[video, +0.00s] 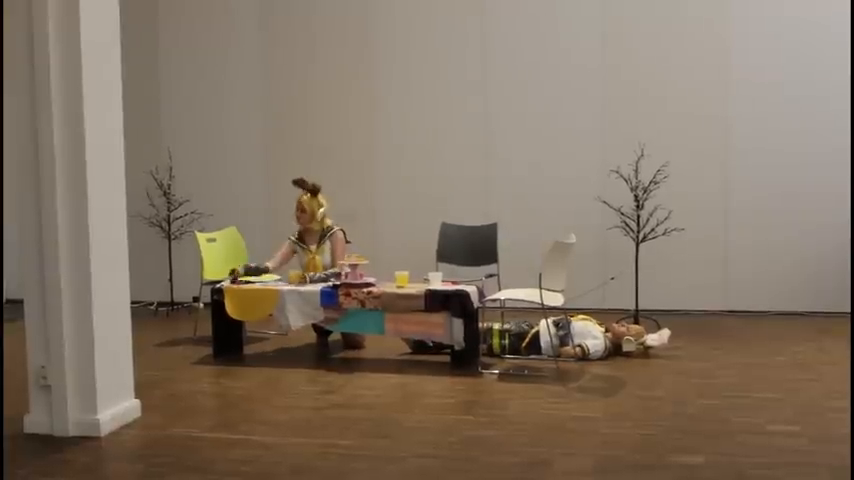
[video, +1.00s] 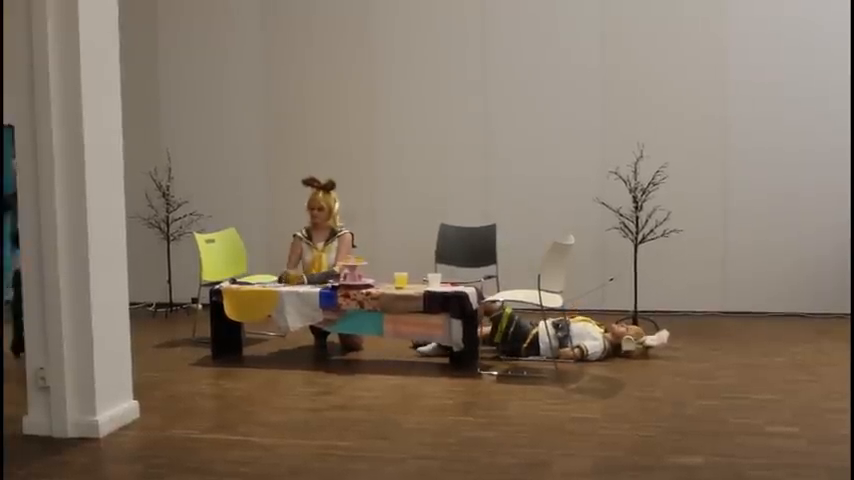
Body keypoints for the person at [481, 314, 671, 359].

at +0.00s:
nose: (620, 324)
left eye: (624, 327)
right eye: (624, 323)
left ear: (622, 337)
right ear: (619, 327)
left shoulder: (600, 344)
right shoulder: (598, 331)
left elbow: (568, 352)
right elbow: (568, 328)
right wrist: (553, 323)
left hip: (537, 341)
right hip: (535, 328)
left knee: (488, 342)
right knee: (486, 331)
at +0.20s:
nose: (620, 324)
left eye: (623, 328)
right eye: (623, 324)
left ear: (622, 338)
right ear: (619, 327)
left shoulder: (599, 345)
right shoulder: (598, 332)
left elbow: (568, 353)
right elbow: (569, 328)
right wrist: (560, 321)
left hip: (536, 341)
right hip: (535, 329)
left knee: (487, 341)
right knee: (485, 332)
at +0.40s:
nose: (619, 324)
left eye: (623, 328)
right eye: (623, 324)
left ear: (622, 338)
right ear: (619, 325)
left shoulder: (600, 345)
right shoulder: (598, 331)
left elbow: (570, 352)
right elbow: (568, 328)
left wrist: (552, 351)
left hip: (538, 341)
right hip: (536, 329)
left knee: (490, 331)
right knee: (490, 325)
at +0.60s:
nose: (622, 325)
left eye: (626, 329)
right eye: (626, 324)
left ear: (625, 340)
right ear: (621, 324)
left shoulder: (600, 345)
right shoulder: (598, 328)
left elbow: (571, 353)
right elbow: (569, 323)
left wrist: (561, 342)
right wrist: (577, 312)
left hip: (536, 342)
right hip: (535, 330)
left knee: (502, 320)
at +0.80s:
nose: (622, 325)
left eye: (627, 329)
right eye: (626, 324)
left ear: (624, 341)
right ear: (620, 326)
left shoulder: (599, 345)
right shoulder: (599, 333)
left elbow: (565, 354)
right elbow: (570, 327)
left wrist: (569, 348)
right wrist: (574, 315)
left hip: (534, 341)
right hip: (534, 332)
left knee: (496, 308)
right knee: (490, 333)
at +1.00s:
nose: (621, 324)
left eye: (626, 328)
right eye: (625, 323)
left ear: (624, 339)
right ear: (619, 325)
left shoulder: (599, 345)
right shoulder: (594, 328)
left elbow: (567, 354)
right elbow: (561, 323)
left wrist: (559, 348)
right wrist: (562, 319)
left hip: (532, 341)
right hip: (531, 331)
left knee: (492, 305)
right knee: (482, 331)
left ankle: (452, 334)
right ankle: (439, 345)